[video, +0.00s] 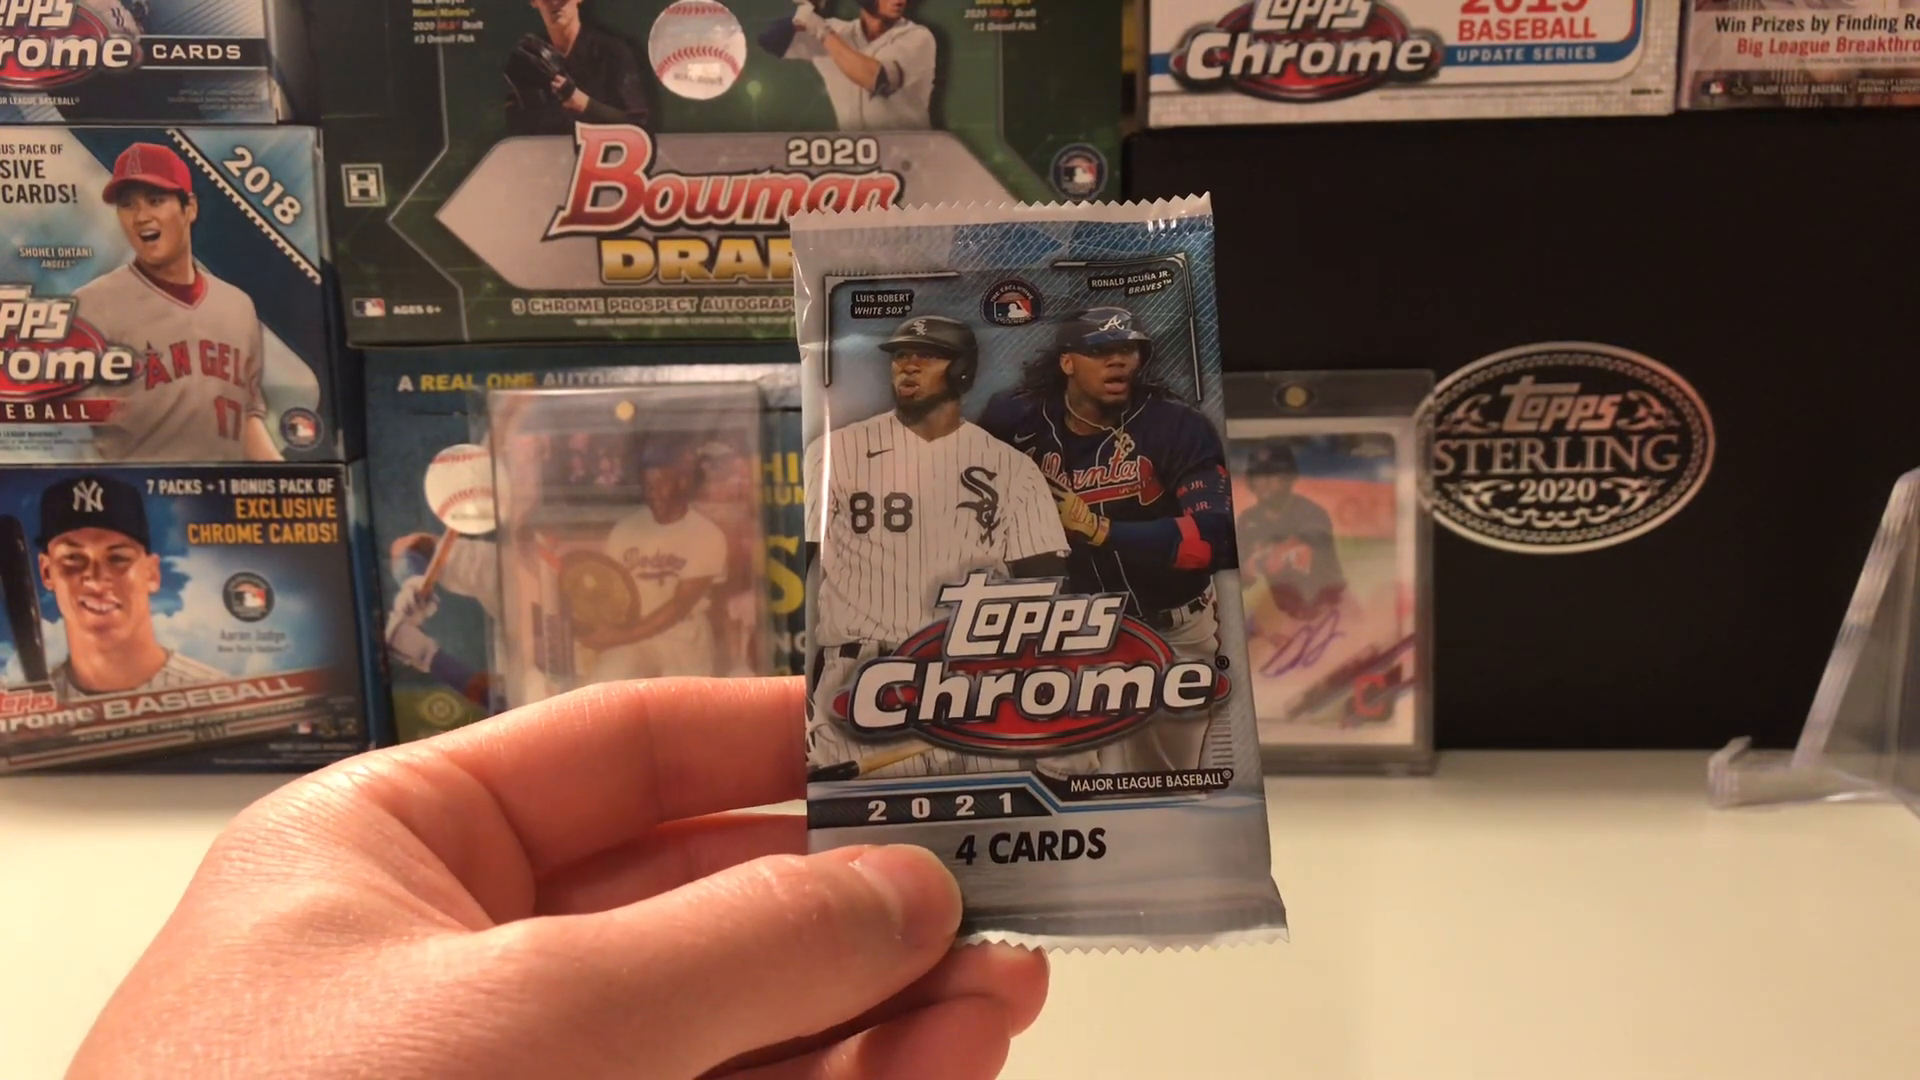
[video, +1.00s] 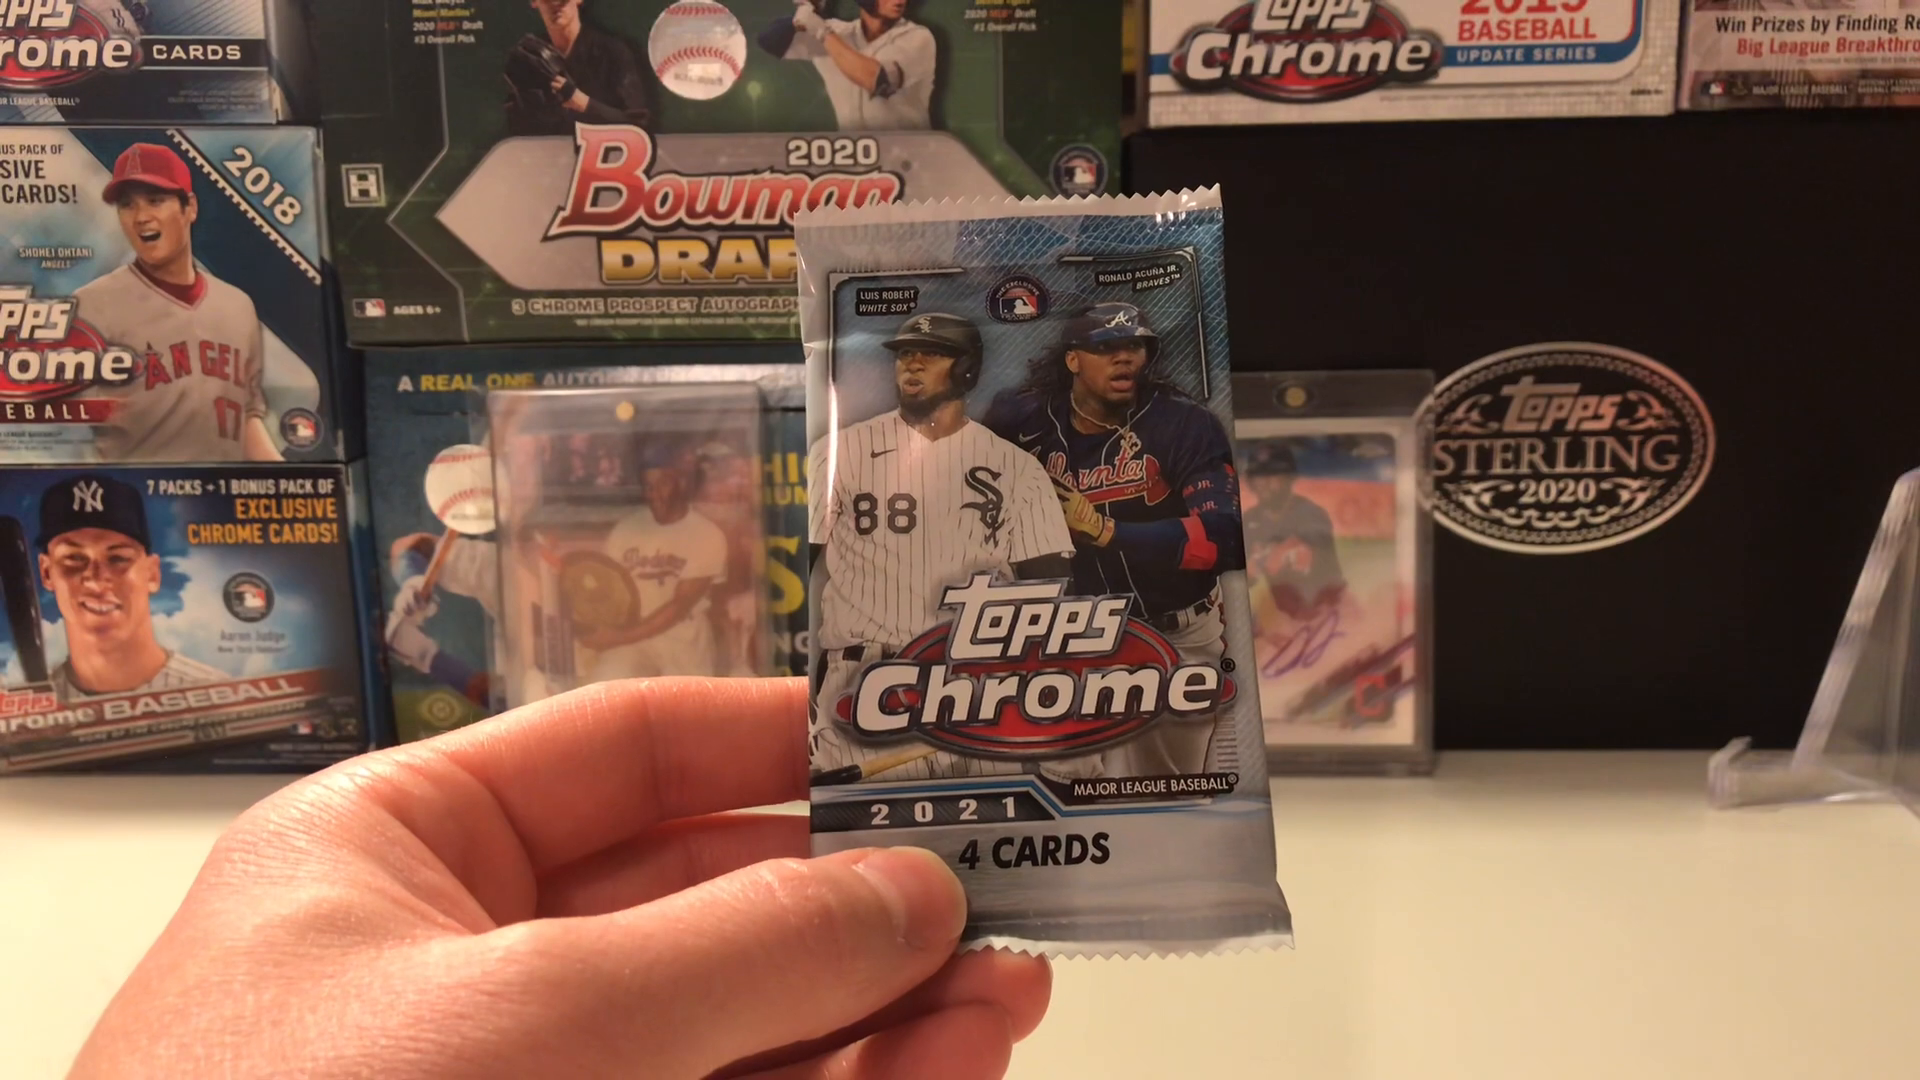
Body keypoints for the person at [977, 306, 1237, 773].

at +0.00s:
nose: (1121, 362)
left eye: (1129, 350)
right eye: (1104, 351)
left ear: (1142, 358)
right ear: (1068, 363)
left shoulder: (1179, 428)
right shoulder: (1016, 421)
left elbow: (1210, 537)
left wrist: (1101, 529)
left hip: (1174, 629)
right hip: (1065, 633)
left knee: (1169, 795)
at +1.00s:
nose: (1126, 358)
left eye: (1135, 346)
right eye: (1108, 348)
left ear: (1148, 355)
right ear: (1073, 360)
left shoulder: (1187, 427)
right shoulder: (1020, 421)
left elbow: (1223, 540)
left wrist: (1107, 531)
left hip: (1178, 630)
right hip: (1068, 633)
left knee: (1172, 799)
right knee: (1072, 793)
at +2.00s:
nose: (1148, 365)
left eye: (1157, 353)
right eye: (1130, 354)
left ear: (1170, 361)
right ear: (1094, 366)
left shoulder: (1208, 432)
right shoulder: (1042, 426)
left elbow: (1242, 548)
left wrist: (1126, 538)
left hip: (1197, 639)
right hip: (1086, 642)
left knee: (1192, 809)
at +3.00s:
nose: (1213, 361)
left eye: (1221, 347)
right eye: (1194, 349)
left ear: (1234, 355)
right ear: (1155, 362)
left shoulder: (1274, 433)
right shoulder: (1097, 424)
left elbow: (1312, 557)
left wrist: (1191, 543)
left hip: (1264, 646)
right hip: (1143, 649)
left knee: (1265, 815)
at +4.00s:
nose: (1271, 373)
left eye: (1279, 360)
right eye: (1253, 361)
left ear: (1292, 368)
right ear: (1215, 372)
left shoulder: (1331, 444)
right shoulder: (1162, 435)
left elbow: (1373, 562)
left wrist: (1251, 550)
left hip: (1328, 657)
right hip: (1213, 659)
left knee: (1328, 827)